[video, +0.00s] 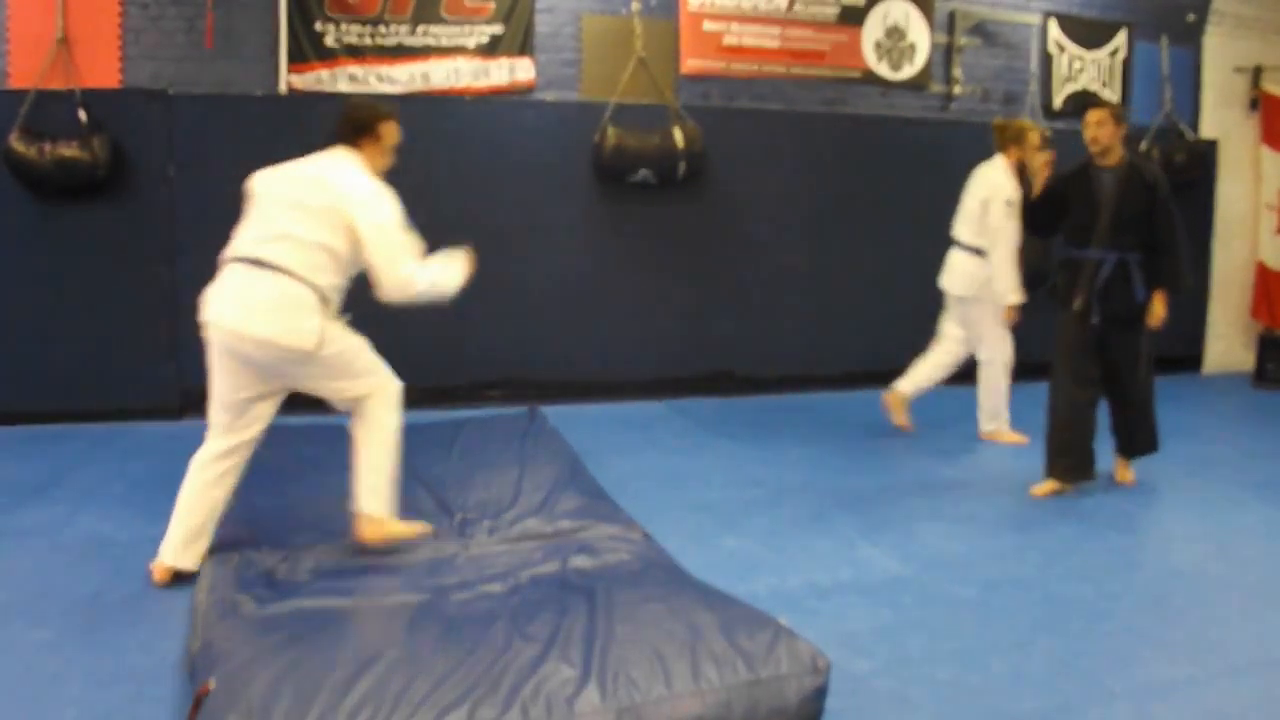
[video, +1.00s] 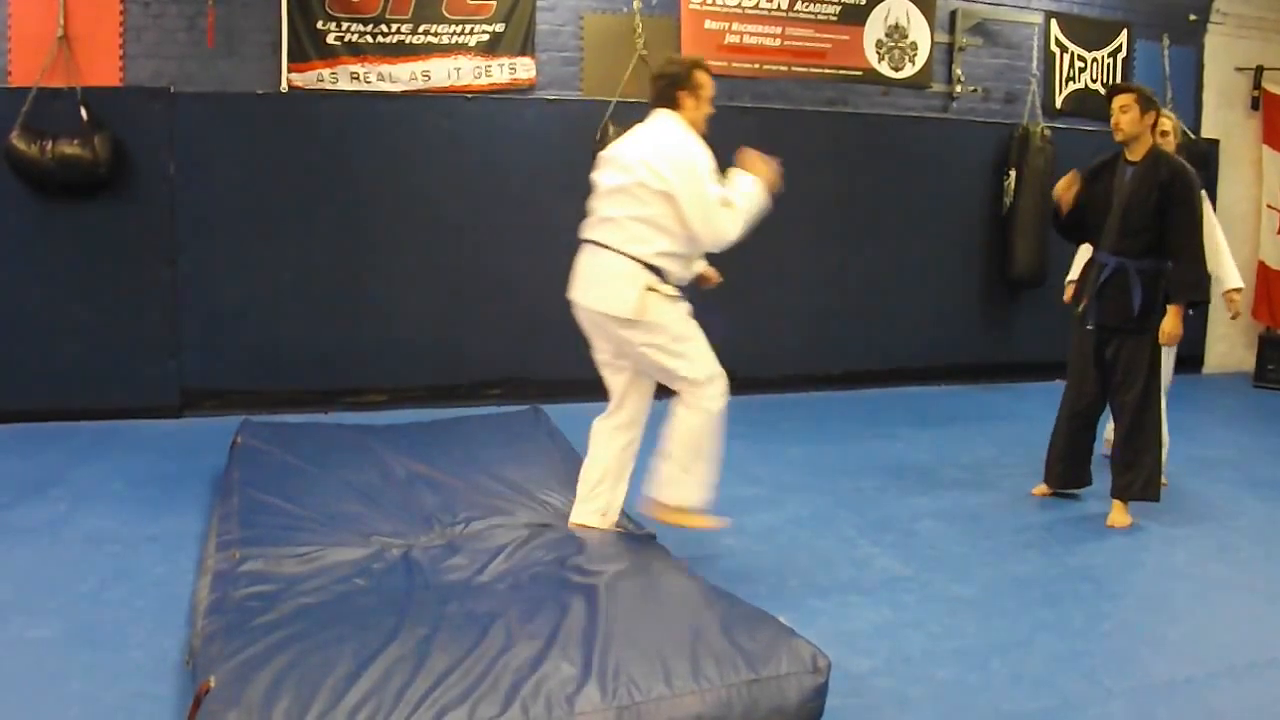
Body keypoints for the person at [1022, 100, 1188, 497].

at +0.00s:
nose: (1092, 133)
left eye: (1100, 126)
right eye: (1087, 126)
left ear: (1120, 130)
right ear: (1083, 132)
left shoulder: (1147, 179)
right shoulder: (1073, 179)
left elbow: (1165, 240)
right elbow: (1040, 224)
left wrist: (1161, 291)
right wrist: (1036, 187)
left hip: (1128, 293)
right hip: (1079, 291)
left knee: (1128, 378)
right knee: (1070, 381)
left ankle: (1125, 455)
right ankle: (1064, 470)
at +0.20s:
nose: (1075, 128)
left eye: (1083, 120)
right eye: (1070, 122)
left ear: (1104, 123)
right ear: (1066, 129)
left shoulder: (1134, 173)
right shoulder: (1058, 178)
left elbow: (1159, 233)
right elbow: (1039, 243)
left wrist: (1153, 286)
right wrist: (1027, 223)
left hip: (1121, 288)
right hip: (1070, 288)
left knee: (1127, 381)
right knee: (1065, 381)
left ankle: (1125, 451)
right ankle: (1062, 473)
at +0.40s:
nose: (1073, 127)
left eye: (1082, 118)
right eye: (1068, 120)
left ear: (1104, 122)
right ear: (1064, 128)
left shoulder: (1134, 172)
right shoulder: (1056, 177)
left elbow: (1155, 238)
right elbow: (1034, 239)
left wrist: (1146, 292)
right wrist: (1031, 206)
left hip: (1119, 292)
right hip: (1068, 291)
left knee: (1125, 389)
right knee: (1061, 386)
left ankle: (1126, 481)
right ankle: (1057, 473)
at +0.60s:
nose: (1088, 125)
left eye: (1097, 118)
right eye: (1085, 119)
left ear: (1122, 125)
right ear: (1082, 127)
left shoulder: (1149, 177)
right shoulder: (1073, 178)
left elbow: (1164, 244)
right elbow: (1049, 240)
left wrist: (1147, 297)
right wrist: (1038, 215)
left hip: (1122, 298)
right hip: (1074, 293)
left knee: (1120, 394)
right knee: (1063, 388)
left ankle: (1119, 494)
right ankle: (1057, 473)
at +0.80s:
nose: (1106, 121)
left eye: (1115, 113)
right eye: (1104, 114)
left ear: (1140, 119)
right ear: (1103, 122)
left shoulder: (1167, 175)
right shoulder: (1094, 170)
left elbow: (1176, 247)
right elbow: (1070, 226)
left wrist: (1163, 304)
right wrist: (1050, 217)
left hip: (1134, 298)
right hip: (1086, 292)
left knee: (1126, 398)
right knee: (1069, 389)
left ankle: (1120, 495)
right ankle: (1061, 474)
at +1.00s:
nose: (1116, 119)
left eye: (1125, 111)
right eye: (1113, 113)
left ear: (1150, 117)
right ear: (1113, 121)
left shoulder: (1177, 176)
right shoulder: (1105, 171)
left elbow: (1187, 248)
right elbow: (1083, 233)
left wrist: (1176, 308)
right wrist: (1065, 205)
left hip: (1143, 298)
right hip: (1097, 291)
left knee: (1133, 401)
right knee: (1080, 391)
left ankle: (1122, 497)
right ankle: (1062, 477)